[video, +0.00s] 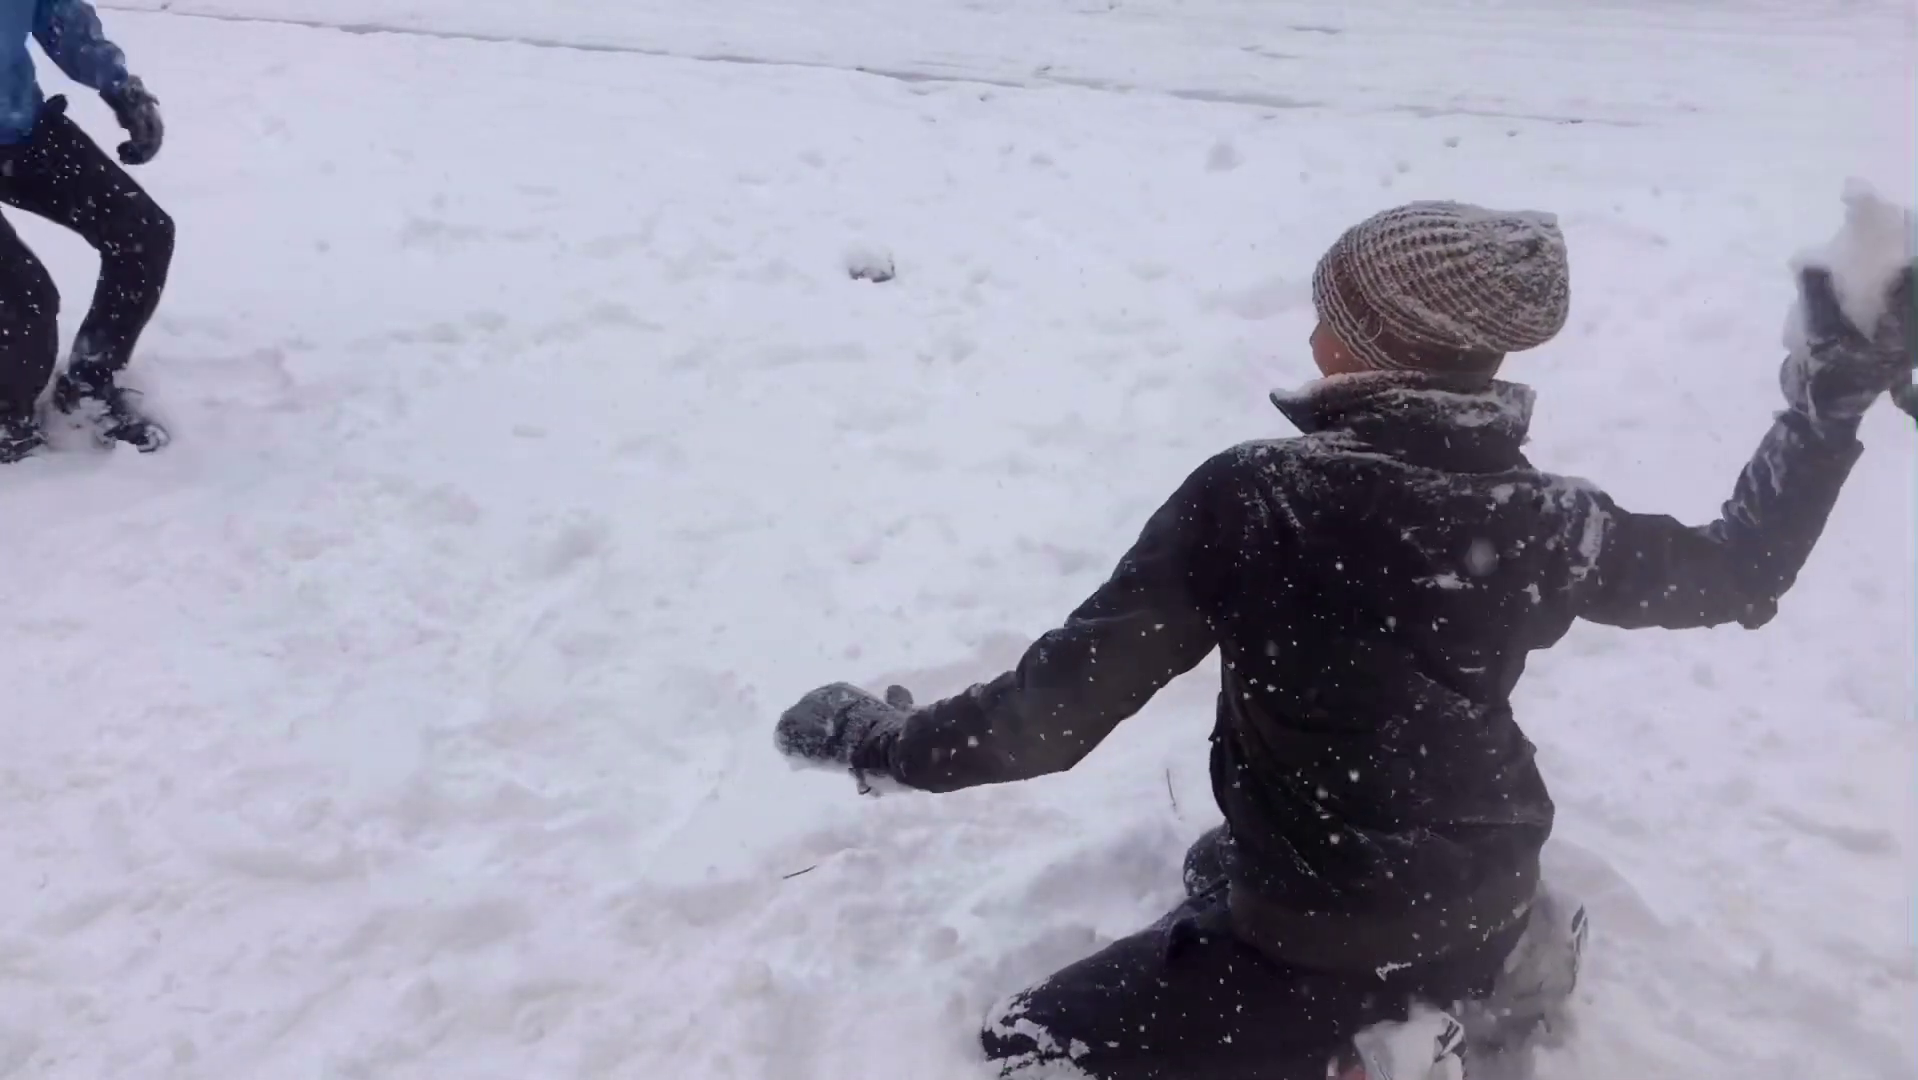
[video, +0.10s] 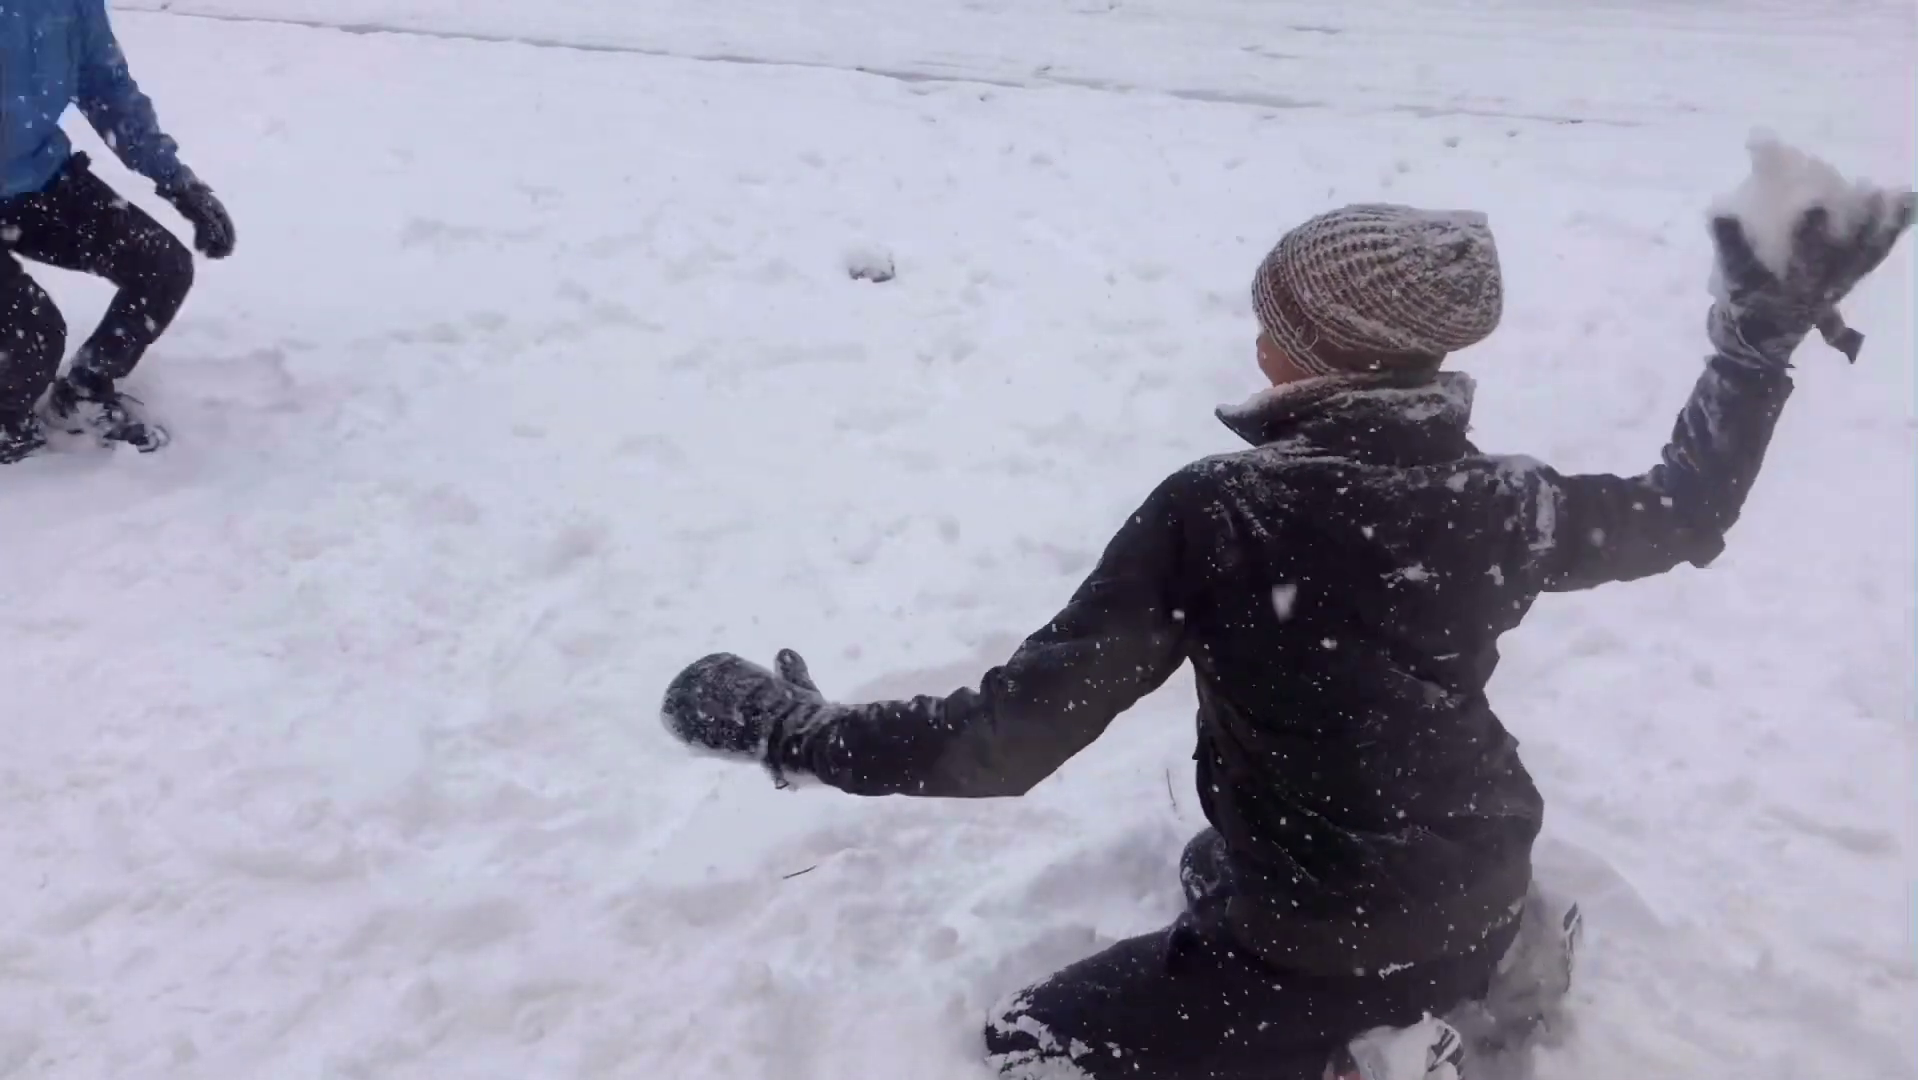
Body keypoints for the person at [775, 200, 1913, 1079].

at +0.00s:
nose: (1312, 343)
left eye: (1330, 326)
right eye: (1325, 316)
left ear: (1377, 355)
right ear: (1467, 365)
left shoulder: (1252, 502)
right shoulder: (1534, 520)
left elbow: (1048, 715)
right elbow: (1743, 571)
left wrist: (884, 737)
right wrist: (1838, 380)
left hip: (1301, 945)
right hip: (1486, 913)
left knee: (1023, 1043)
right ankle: (1505, 974)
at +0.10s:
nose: (1255, 354)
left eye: (1273, 332)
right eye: (1265, 326)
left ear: (1325, 352)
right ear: (1422, 362)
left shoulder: (1215, 512)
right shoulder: (1496, 503)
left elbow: (1009, 735)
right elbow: (1686, 516)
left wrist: (799, 734)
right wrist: (1762, 330)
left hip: (1300, 960)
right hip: (1481, 913)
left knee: (1021, 1039)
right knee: (1238, 833)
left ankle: (1339, 1045)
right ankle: (1492, 985)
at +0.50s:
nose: (1023, 371)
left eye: (1032, 349)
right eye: (1024, 347)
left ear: (1082, 364)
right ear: (1133, 352)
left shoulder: (1207, 503)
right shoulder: (1119, 454)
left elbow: (1340, 768)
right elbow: (944, 556)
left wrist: (1300, 1024)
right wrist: (764, 647)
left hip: (1308, 897)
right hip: (1281, 846)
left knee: (1037, 1047)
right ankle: (1449, 955)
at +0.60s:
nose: (968, 401)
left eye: (988, 381)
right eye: (973, 376)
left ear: (1060, 394)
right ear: (1051, 392)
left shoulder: (1172, 512)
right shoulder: (1054, 519)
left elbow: (1384, 712)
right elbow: (997, 734)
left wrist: (1560, 915)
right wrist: (904, 919)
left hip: (1348, 891)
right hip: (1248, 880)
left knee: (1038, 1044)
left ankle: (1367, 1065)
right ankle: (1426, 961)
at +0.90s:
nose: (914, 486)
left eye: (928, 463)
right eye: (913, 461)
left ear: (993, 463)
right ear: (1003, 459)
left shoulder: (1103, 559)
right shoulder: (1042, 583)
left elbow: (1308, 689)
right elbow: (961, 782)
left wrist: (1497, 830)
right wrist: (789, 907)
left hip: (1344, 904)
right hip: (1287, 892)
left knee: (1039, 1047)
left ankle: (1385, 1043)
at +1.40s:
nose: (888, 515)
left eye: (894, 488)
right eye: (885, 486)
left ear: (946, 486)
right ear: (1009, 463)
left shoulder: (992, 625)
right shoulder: (1081, 533)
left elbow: (890, 869)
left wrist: (726, 1045)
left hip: (1307, 936)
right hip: (1414, 849)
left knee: (1027, 1043)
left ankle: (1375, 1018)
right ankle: (1463, 939)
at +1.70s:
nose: (840, 540)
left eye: (848, 519)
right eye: (836, 516)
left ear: (903, 521)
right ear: (970, 479)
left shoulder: (987, 649)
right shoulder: (1057, 527)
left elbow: (931, 863)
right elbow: (1057, 695)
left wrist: (781, 970)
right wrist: (945, 779)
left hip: (1312, 906)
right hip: (1405, 814)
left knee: (1031, 1043)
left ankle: (1348, 1026)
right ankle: (1470, 929)